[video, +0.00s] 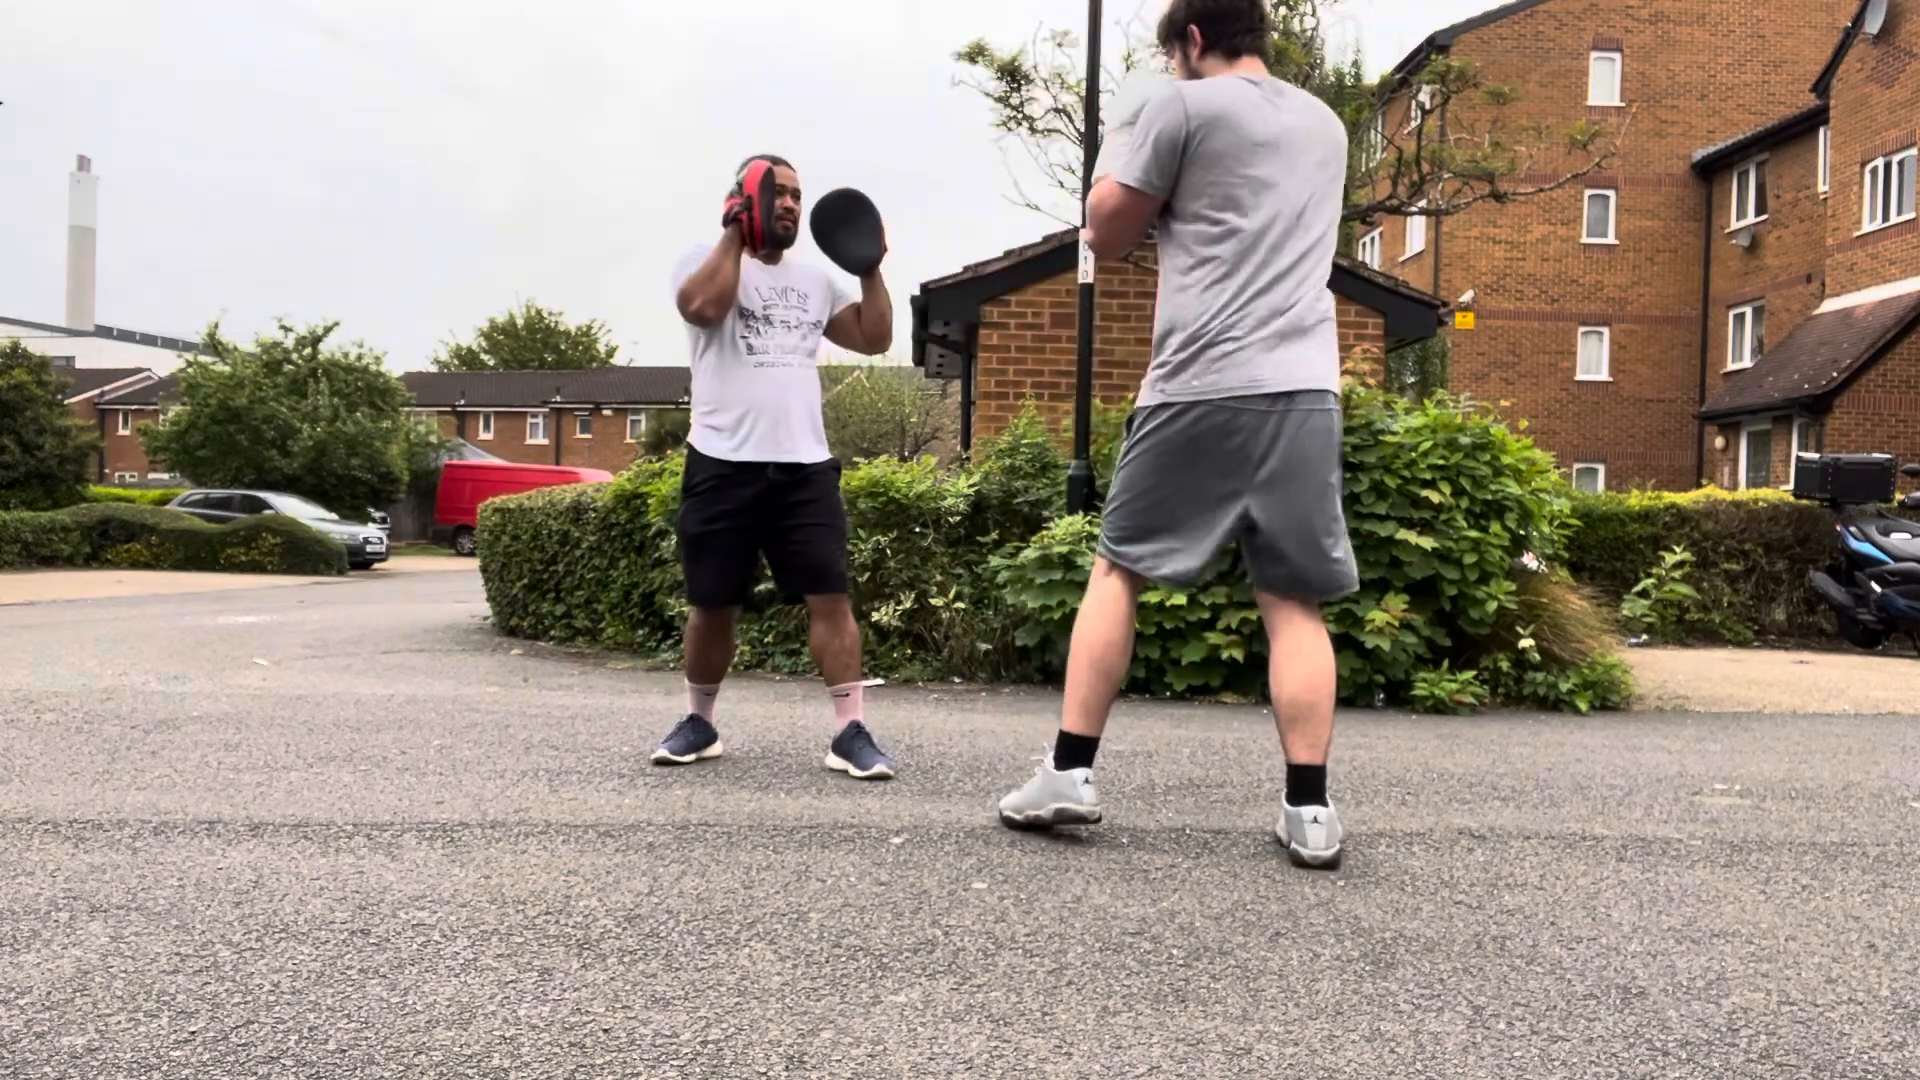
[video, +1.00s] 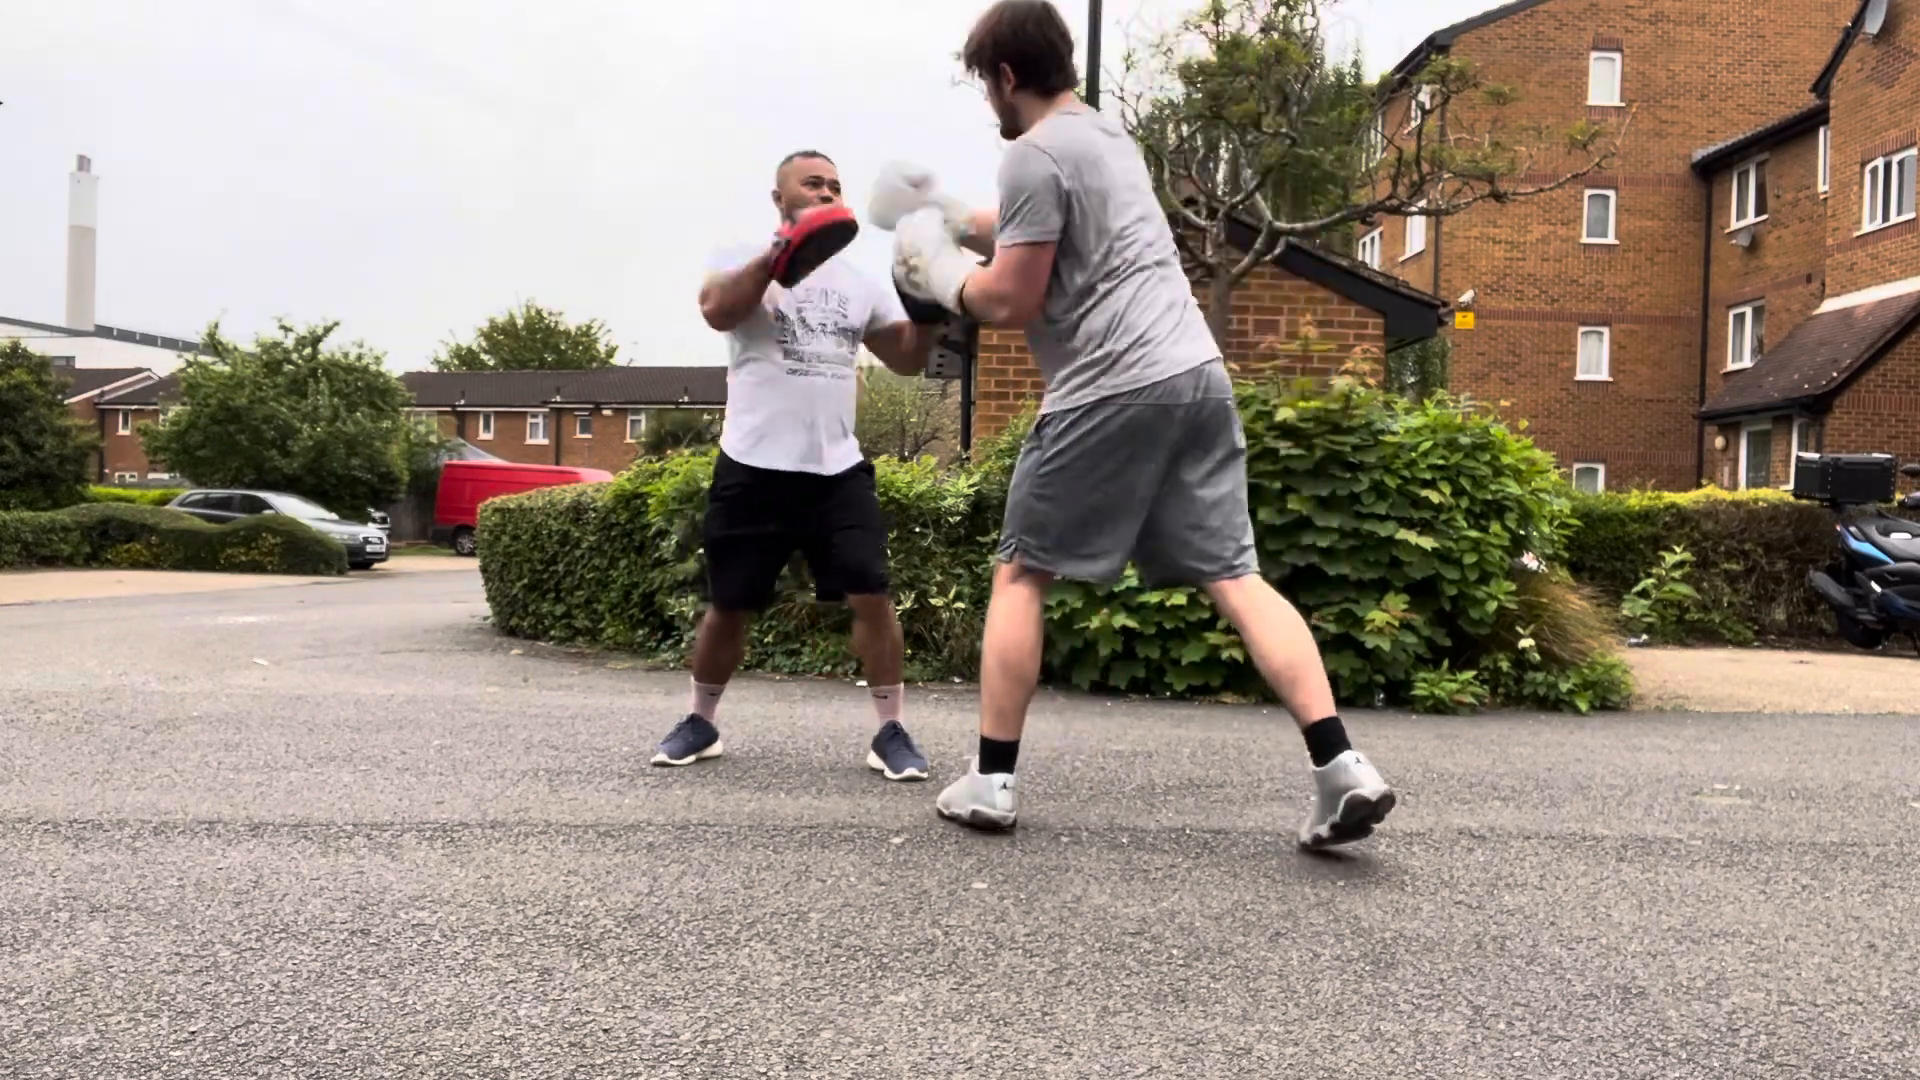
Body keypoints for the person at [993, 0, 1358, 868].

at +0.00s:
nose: (1172, 70)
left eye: (1170, 54)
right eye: (1170, 56)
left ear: (1194, 39)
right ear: (1260, 38)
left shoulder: (1183, 105)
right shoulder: (1326, 122)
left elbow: (1108, 233)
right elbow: (1276, 219)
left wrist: (1115, 174)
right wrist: (1147, 208)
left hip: (1194, 387)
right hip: (1304, 390)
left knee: (1117, 570)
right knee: (1294, 599)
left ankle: (1069, 775)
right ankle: (1310, 811)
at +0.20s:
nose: (1169, 73)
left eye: (1168, 58)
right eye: (1168, 60)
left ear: (1192, 42)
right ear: (1258, 41)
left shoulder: (1182, 108)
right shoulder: (1327, 128)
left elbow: (1108, 236)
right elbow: (1283, 229)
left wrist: (1109, 198)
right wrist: (1149, 216)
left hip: (1190, 393)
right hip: (1299, 398)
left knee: (1095, 561)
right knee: (1290, 596)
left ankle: (1061, 761)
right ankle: (1310, 810)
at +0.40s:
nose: (1147, 74)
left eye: (1146, 59)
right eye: (1149, 60)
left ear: (1165, 48)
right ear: (1232, 47)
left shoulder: (1136, 120)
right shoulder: (1299, 134)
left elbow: (1043, 236)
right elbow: (1260, 226)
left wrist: (1049, 192)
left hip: (1148, 394)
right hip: (1259, 398)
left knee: (1068, 574)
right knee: (1276, 594)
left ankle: (993, 763)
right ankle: (1311, 803)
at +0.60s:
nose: (1050, 87)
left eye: (1048, 76)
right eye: (1049, 77)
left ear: (1068, 69)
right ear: (1133, 61)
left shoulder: (1040, 144)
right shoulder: (1206, 135)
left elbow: (949, 194)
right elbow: (1226, 252)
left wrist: (924, 182)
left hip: (1079, 393)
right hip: (1194, 392)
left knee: (1022, 578)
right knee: (1238, 584)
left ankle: (988, 776)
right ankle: (1310, 775)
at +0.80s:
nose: (974, 92)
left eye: (973, 77)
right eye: (971, 78)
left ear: (994, 72)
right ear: (1057, 63)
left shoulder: (1000, 149)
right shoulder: (1120, 124)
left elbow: (936, 291)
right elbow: (1075, 239)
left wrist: (923, 282)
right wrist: (977, 271)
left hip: (1097, 376)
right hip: (1195, 370)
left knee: (1023, 574)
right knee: (1213, 575)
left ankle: (989, 775)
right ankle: (1308, 760)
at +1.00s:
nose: (983, 97)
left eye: (983, 80)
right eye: (981, 80)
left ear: (1006, 74)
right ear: (1057, 67)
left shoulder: (1037, 152)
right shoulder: (1109, 135)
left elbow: (1013, 301)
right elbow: (1047, 237)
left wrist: (953, 283)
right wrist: (953, 216)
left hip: (1109, 389)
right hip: (1199, 375)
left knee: (1021, 572)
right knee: (1236, 575)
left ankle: (991, 780)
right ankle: (1342, 765)